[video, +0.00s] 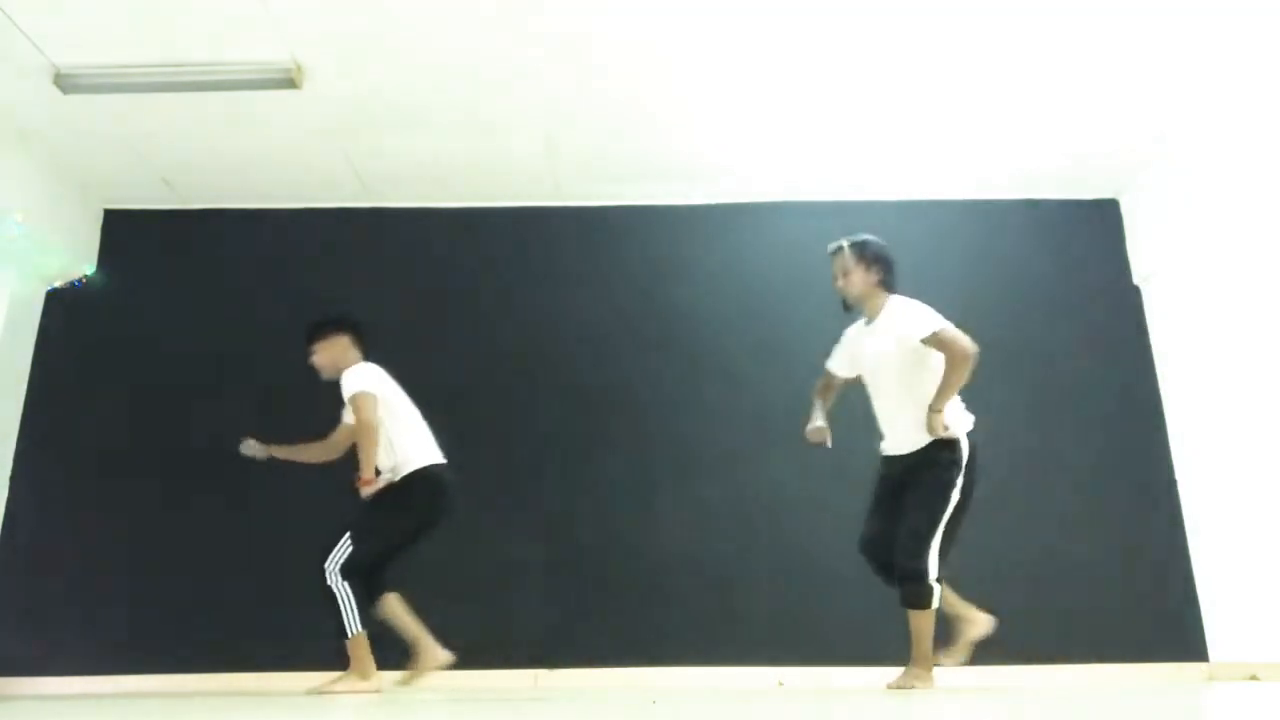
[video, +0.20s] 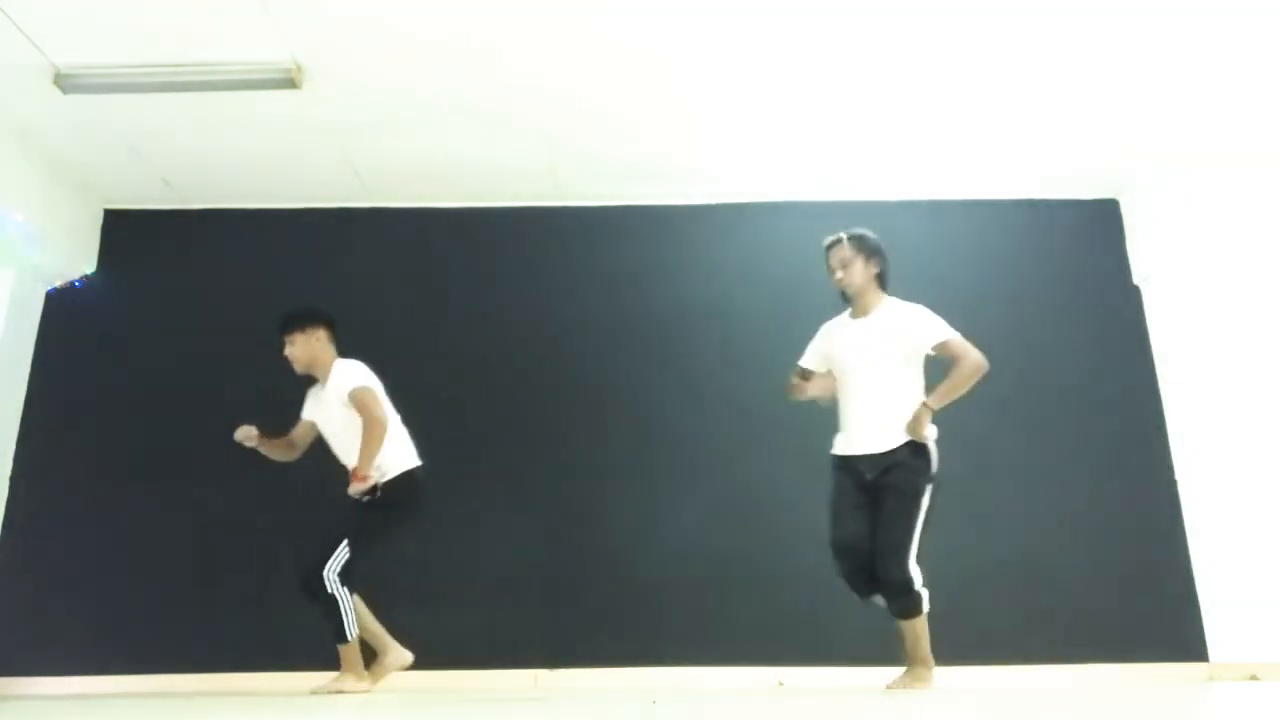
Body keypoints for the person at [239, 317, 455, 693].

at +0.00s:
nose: (312, 360)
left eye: (316, 349)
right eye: (311, 352)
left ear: (343, 343)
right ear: (340, 346)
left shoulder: (359, 374)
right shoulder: (362, 385)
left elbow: (367, 420)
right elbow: (331, 449)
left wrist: (366, 475)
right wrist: (270, 451)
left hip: (414, 484)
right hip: (425, 485)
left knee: (338, 568)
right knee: (364, 572)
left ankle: (362, 670)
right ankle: (429, 650)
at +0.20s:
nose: (285, 353)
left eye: (290, 343)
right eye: (284, 345)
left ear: (317, 337)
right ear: (311, 341)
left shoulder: (348, 372)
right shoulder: (317, 396)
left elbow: (377, 419)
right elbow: (292, 448)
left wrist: (361, 469)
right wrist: (259, 442)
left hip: (397, 486)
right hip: (375, 492)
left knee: (331, 573)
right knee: (317, 576)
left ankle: (353, 674)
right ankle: (391, 651)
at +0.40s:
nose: (280, 339)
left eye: (285, 329)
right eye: (278, 331)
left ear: (312, 326)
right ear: (290, 333)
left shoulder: (340, 366)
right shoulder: (292, 384)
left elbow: (366, 417)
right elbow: (245, 426)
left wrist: (339, 466)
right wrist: (236, 396)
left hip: (361, 491)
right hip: (322, 494)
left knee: (311, 581)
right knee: (249, 558)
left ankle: (353, 673)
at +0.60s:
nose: (252, 322)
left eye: (259, 313)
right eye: (252, 315)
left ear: (287, 315)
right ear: (270, 320)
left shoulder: (307, 361)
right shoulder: (258, 367)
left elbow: (320, 413)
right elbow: (191, 376)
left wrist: (284, 455)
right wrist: (164, 339)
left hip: (292, 495)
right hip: (254, 494)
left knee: (286, 593)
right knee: (170, 563)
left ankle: (351, 674)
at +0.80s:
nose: (159, 324)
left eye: (169, 315)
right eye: (161, 317)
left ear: (196, 320)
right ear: (170, 326)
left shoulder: (217, 362)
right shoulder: (159, 373)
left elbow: (249, 412)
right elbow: (85, 374)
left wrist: (217, 462)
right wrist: (29, 345)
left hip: (232, 496)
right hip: (185, 501)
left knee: (266, 588)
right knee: (100, 561)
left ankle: (345, 671)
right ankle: (32, 674)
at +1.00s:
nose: (63, 353)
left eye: (71, 342)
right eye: (62, 345)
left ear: (103, 342)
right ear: (88, 347)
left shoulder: (141, 378)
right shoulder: (81, 405)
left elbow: (198, 414)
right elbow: (27, 429)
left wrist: (185, 476)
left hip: (202, 500)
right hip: (156, 509)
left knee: (242, 587)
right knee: (62, 556)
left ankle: (314, 671)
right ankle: (28, 673)